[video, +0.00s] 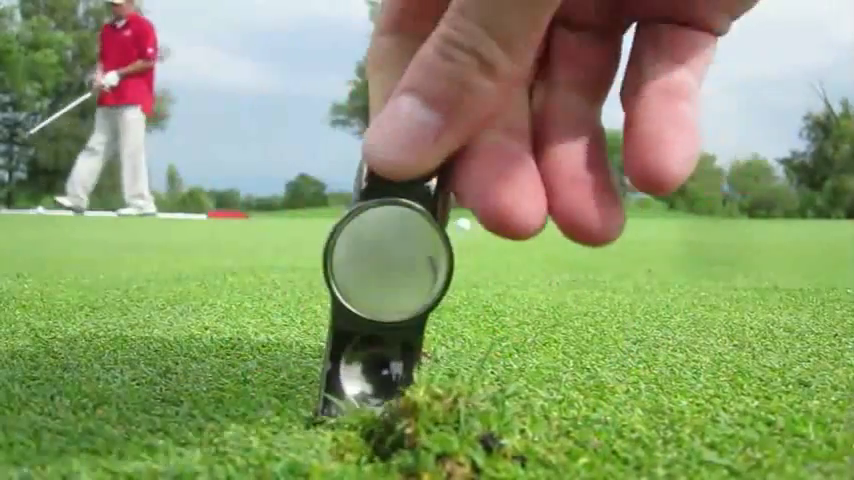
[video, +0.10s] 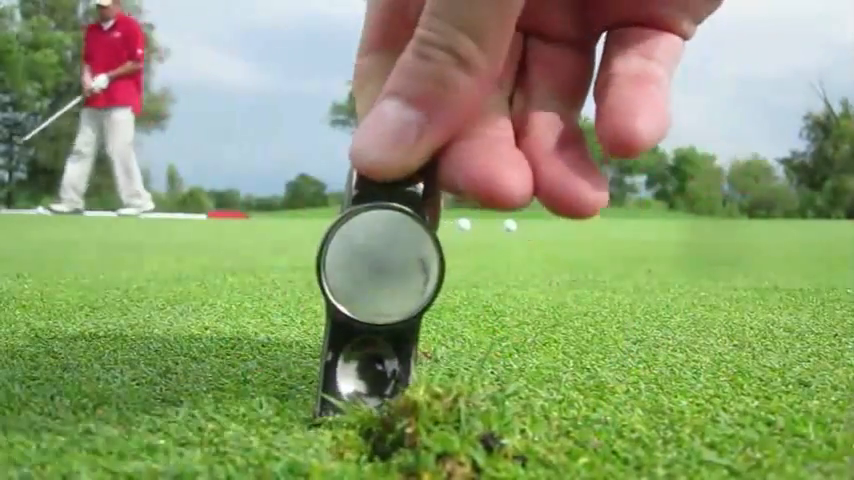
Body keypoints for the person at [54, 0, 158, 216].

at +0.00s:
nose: (114, 7)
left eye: (118, 4)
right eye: (112, 4)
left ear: (130, 4)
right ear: (111, 7)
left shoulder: (143, 26)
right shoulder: (107, 29)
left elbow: (148, 61)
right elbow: (102, 59)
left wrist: (117, 74)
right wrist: (98, 75)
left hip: (132, 97)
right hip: (108, 97)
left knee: (132, 150)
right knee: (96, 147)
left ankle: (140, 202)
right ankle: (76, 197)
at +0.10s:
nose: (102, 12)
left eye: (105, 7)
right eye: (99, 7)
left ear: (116, 6)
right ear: (96, 8)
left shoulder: (130, 27)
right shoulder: (91, 30)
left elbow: (137, 62)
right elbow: (87, 61)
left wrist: (107, 76)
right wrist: (86, 78)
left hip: (120, 97)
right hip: (95, 97)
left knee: (120, 150)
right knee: (82, 149)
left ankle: (137, 201)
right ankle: (71, 200)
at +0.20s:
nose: (89, 12)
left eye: (93, 8)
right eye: (87, 8)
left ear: (106, 6)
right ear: (84, 8)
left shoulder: (120, 26)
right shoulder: (78, 28)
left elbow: (128, 61)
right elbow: (75, 61)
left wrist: (99, 78)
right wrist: (77, 80)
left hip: (111, 94)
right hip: (84, 95)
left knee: (104, 143)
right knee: (70, 148)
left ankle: (129, 194)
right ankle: (69, 201)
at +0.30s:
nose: (82, 10)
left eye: (87, 6)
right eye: (80, 6)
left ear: (99, 4)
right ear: (77, 6)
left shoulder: (113, 24)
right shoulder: (70, 25)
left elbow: (120, 61)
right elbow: (66, 60)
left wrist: (91, 78)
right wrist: (72, 83)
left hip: (105, 94)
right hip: (78, 94)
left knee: (96, 140)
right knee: (64, 147)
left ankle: (109, 198)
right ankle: (70, 201)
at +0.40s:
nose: (79, 5)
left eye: (83, 2)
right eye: (76, 3)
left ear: (94, 3)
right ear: (73, 5)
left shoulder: (109, 24)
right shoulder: (62, 24)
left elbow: (116, 59)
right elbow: (58, 58)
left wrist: (87, 76)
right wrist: (67, 82)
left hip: (100, 95)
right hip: (71, 95)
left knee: (93, 143)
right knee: (64, 147)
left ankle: (88, 199)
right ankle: (68, 199)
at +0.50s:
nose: (77, 5)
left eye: (81, 2)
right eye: (74, 2)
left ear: (92, 2)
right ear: (70, 3)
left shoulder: (107, 23)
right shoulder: (58, 23)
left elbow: (112, 60)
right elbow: (53, 57)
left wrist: (84, 77)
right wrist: (65, 82)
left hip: (96, 95)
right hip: (66, 95)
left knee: (88, 144)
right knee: (62, 148)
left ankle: (80, 197)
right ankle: (66, 198)